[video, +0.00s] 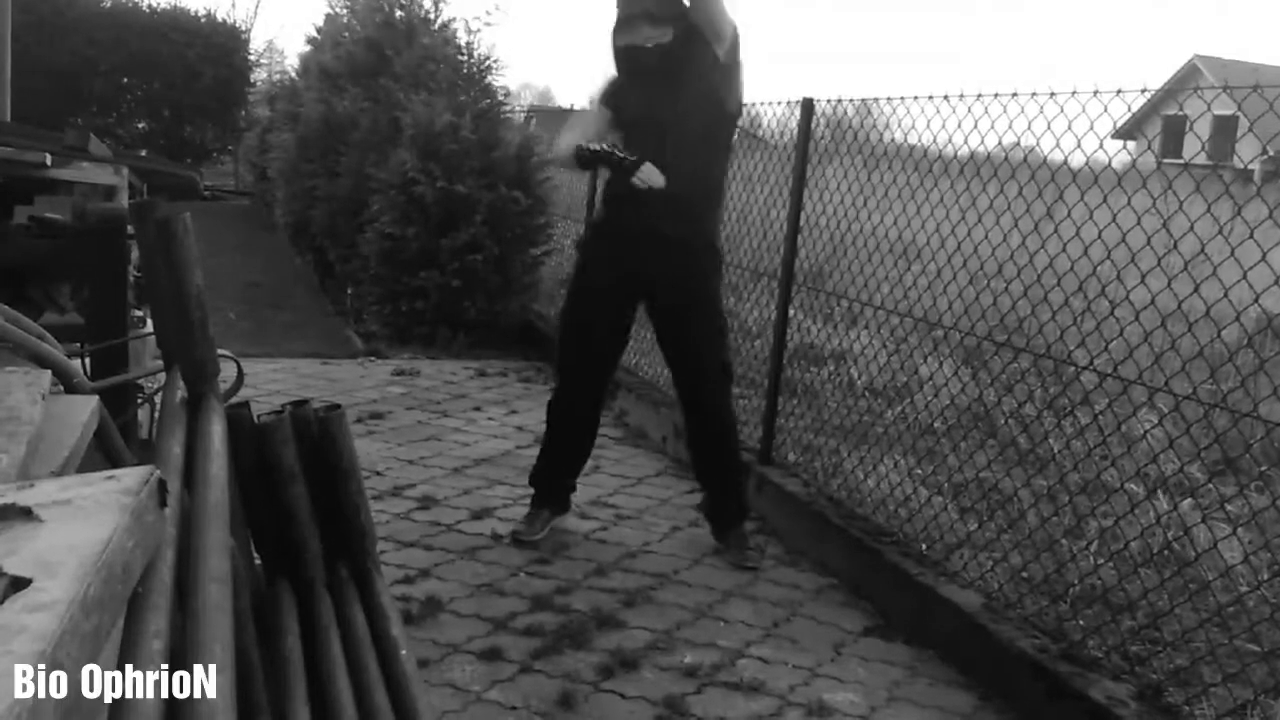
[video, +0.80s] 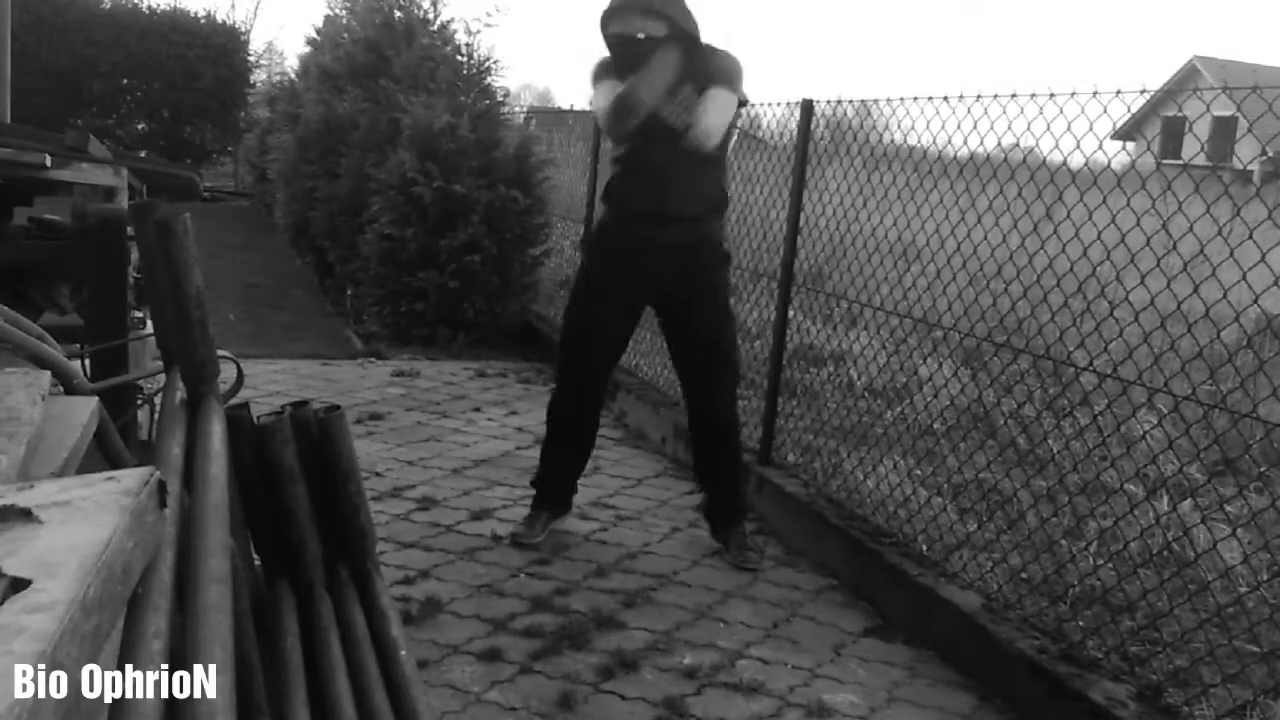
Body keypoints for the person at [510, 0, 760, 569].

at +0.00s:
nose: (642, 57)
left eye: (654, 44)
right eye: (630, 46)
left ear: (678, 35)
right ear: (618, 41)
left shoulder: (712, 80)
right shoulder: (622, 90)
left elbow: (718, 23)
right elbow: (574, 144)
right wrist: (582, 152)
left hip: (684, 255)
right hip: (612, 248)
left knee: (706, 386)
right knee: (580, 375)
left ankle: (730, 521)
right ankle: (550, 498)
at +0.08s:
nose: (627, 46)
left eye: (638, 34)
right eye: (626, 40)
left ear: (675, 28)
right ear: (632, 48)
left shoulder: (729, 66)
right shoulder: (640, 99)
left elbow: (650, 17)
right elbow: (611, 140)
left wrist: (614, 11)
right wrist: (607, 161)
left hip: (684, 256)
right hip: (615, 248)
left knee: (704, 392)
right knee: (577, 374)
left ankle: (728, 524)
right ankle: (550, 498)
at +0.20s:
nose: (664, 49)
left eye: (677, 38)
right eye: (654, 38)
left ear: (705, 37)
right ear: (643, 39)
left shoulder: (738, 84)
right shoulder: (645, 88)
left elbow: (706, 137)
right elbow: (591, 129)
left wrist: (638, 118)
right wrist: (595, 129)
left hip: (686, 266)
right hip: (615, 256)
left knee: (702, 395)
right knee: (573, 374)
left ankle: (726, 525)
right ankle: (552, 501)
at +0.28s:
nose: (656, 35)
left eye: (667, 24)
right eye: (649, 24)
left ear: (696, 24)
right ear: (641, 23)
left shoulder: (733, 80)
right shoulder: (635, 61)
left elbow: (737, 161)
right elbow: (548, 51)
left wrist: (664, 133)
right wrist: (601, 78)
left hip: (687, 260)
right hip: (615, 248)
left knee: (705, 393)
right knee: (575, 375)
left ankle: (727, 525)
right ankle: (553, 501)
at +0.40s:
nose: (669, 14)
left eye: (681, 9)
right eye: (658, 8)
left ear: (698, 17)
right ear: (639, 13)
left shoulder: (710, 80)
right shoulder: (619, 55)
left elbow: (748, 167)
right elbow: (596, 21)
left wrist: (703, 126)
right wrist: (662, 52)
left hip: (688, 256)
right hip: (611, 249)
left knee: (712, 389)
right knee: (579, 381)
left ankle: (734, 521)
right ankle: (553, 504)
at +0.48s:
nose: (675, 20)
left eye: (685, 12)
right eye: (661, 10)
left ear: (695, 21)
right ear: (635, 12)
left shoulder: (690, 84)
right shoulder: (613, 55)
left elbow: (735, 172)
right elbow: (655, 85)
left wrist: (702, 115)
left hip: (686, 253)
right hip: (613, 249)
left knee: (713, 386)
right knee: (582, 382)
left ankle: (735, 520)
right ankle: (554, 504)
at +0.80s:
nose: (635, 51)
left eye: (647, 39)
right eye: (624, 41)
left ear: (676, 36)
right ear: (615, 39)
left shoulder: (718, 68)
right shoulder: (611, 72)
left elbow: (706, 135)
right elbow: (618, 122)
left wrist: (644, 94)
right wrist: (676, 50)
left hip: (693, 253)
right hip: (619, 247)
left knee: (713, 389)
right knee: (579, 375)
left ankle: (729, 521)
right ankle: (550, 500)